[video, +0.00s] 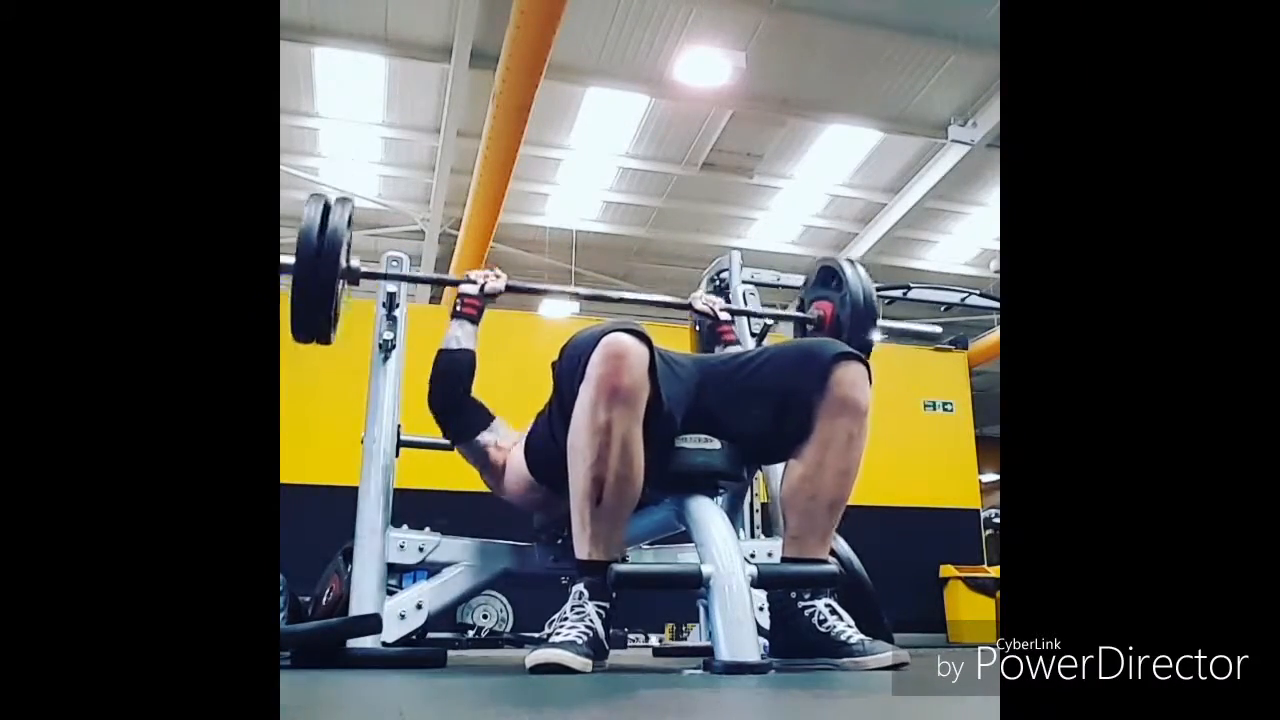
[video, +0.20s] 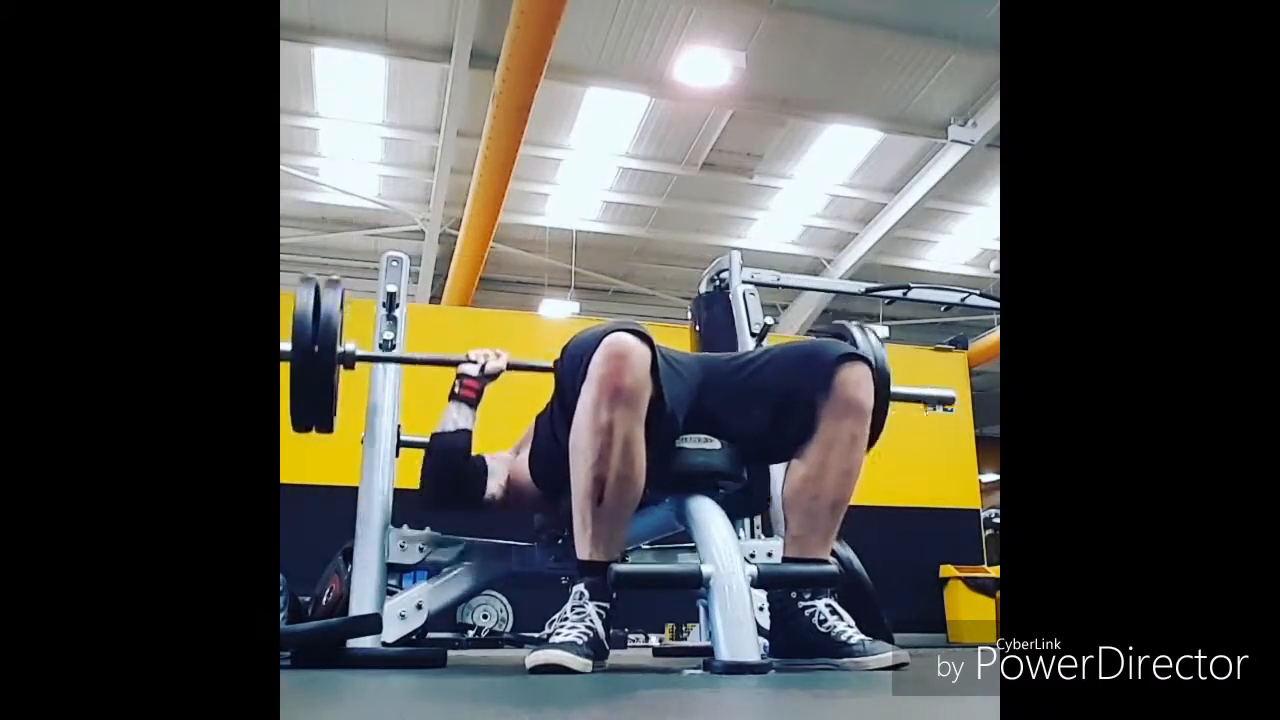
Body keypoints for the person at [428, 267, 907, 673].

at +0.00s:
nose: (497, 446)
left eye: (498, 444)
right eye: (491, 455)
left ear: (522, 440)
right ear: (496, 468)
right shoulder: (519, 469)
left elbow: (730, 402)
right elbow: (449, 399)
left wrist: (720, 334)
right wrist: (468, 309)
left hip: (694, 390)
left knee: (843, 377)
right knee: (618, 355)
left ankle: (800, 607)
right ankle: (585, 606)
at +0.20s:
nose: (494, 495)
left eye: (488, 483)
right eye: (492, 494)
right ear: (501, 499)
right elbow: (445, 483)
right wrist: (466, 393)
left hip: (712, 377)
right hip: (639, 363)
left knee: (849, 376)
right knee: (620, 357)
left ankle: (801, 605)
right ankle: (587, 605)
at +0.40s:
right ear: (511, 508)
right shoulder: (525, 485)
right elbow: (452, 505)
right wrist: (467, 408)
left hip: (695, 375)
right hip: (620, 357)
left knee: (849, 376)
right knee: (621, 357)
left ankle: (801, 606)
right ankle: (588, 605)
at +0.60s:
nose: (490, 456)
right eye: (491, 472)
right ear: (503, 481)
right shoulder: (526, 462)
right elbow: (442, 445)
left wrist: (716, 356)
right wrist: (466, 356)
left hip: (704, 379)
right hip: (631, 362)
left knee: (844, 374)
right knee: (617, 354)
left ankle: (800, 608)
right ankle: (588, 604)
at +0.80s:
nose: (499, 454)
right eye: (497, 459)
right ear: (506, 476)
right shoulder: (520, 473)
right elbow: (450, 409)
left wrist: (724, 338)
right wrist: (464, 315)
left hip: (710, 391)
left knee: (840, 376)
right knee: (620, 354)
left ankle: (800, 610)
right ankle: (585, 608)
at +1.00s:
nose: (499, 435)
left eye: (501, 434)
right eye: (494, 437)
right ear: (503, 459)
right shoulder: (526, 468)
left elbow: (724, 375)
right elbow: (473, 375)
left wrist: (711, 300)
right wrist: (468, 279)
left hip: (703, 383)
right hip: (626, 363)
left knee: (837, 373)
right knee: (614, 351)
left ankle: (798, 607)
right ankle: (585, 606)